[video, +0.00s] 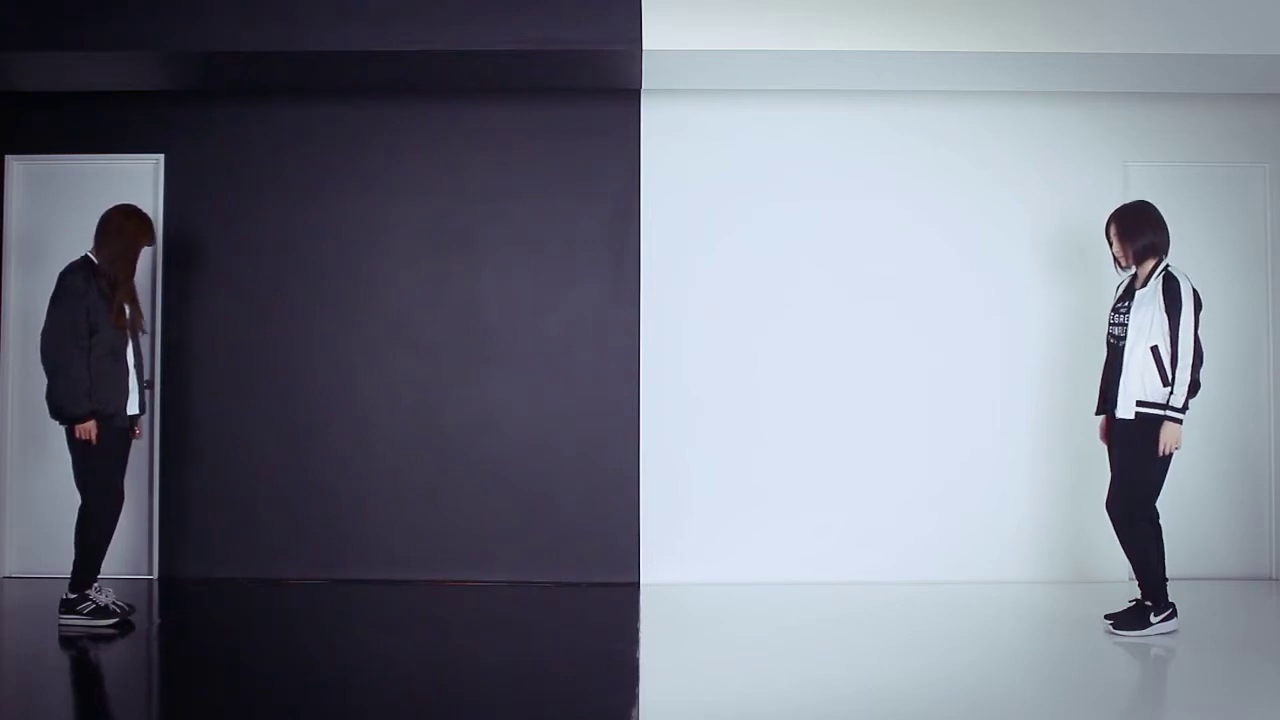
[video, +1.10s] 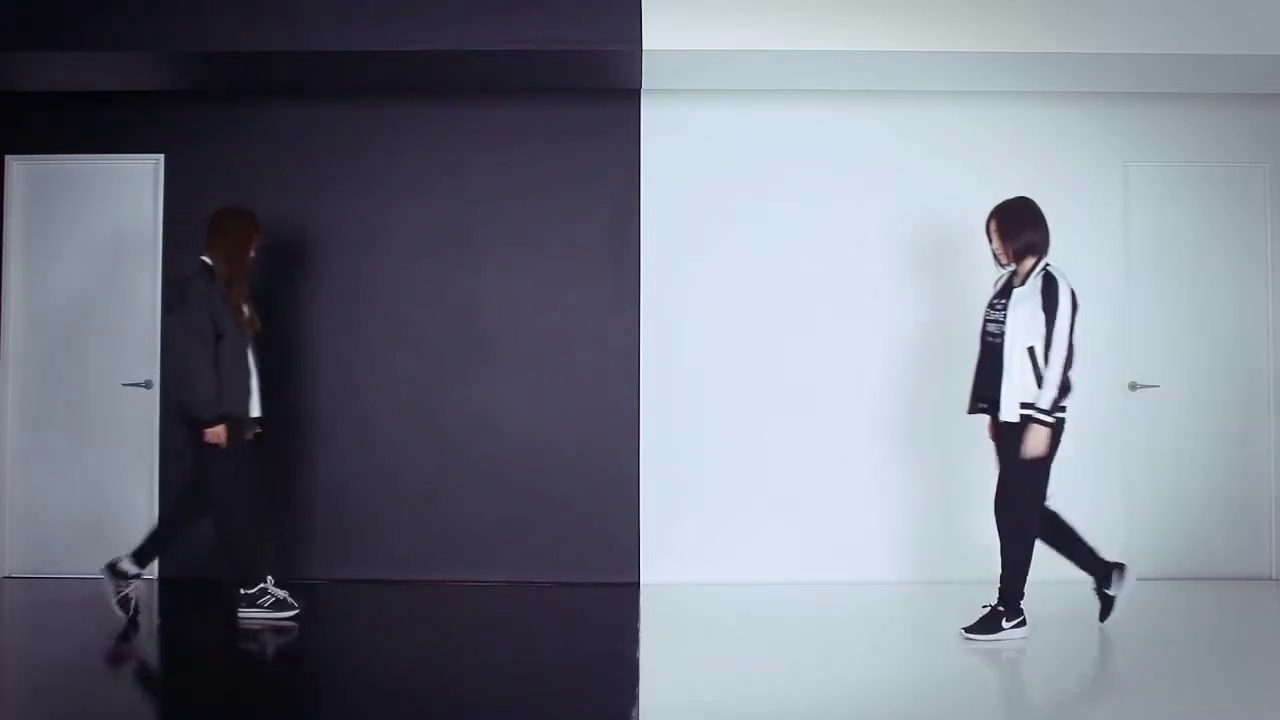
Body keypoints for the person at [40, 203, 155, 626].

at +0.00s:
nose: (138, 257)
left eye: (141, 249)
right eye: (137, 247)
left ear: (113, 238)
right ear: (121, 241)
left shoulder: (116, 283)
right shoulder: (78, 279)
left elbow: (122, 355)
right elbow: (60, 349)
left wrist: (132, 412)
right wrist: (79, 411)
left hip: (115, 415)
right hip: (89, 417)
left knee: (109, 499)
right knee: (100, 500)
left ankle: (86, 589)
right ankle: (78, 596)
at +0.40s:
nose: (156, 256)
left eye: (157, 247)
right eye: (153, 247)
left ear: (129, 240)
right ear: (136, 242)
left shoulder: (132, 285)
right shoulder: (96, 279)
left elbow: (135, 358)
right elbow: (80, 350)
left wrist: (145, 414)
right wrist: (98, 413)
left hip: (128, 414)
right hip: (111, 415)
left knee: (104, 503)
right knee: (156, 489)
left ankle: (87, 592)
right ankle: (107, 576)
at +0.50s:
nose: (162, 255)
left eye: (164, 247)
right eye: (160, 246)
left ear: (136, 240)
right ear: (142, 242)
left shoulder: (132, 282)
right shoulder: (103, 278)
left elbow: (135, 347)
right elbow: (85, 348)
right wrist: (104, 412)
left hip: (136, 415)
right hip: (122, 417)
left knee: (105, 508)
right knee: (173, 481)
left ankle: (86, 593)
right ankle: (151, 573)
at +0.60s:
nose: (173, 255)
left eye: (175, 246)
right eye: (169, 245)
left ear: (152, 244)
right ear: (149, 242)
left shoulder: (155, 285)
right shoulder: (113, 280)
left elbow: (164, 355)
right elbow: (94, 350)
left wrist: (176, 411)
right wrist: (112, 414)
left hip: (148, 418)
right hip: (133, 419)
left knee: (107, 511)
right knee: (182, 487)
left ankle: (86, 593)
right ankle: (195, 576)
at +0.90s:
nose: (214, 263)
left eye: (215, 254)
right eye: (210, 254)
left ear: (188, 250)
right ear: (190, 250)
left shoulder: (185, 294)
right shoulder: (158, 290)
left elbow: (185, 364)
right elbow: (143, 361)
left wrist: (193, 424)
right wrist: (156, 425)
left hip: (180, 427)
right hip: (171, 429)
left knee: (130, 512)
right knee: (205, 511)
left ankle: (89, 590)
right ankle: (244, 587)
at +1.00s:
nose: (233, 260)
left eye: (234, 251)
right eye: (229, 251)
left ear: (204, 248)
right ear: (210, 249)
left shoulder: (209, 290)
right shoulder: (179, 290)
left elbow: (213, 359)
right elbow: (166, 359)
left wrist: (225, 418)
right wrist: (180, 422)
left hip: (213, 421)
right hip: (192, 423)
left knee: (154, 503)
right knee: (226, 506)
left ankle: (100, 582)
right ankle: (251, 590)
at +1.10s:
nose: (253, 257)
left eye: (255, 249)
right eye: (249, 248)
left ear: (226, 247)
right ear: (229, 246)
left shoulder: (232, 288)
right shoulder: (199, 287)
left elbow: (238, 360)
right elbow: (194, 358)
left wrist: (251, 414)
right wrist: (209, 416)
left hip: (241, 420)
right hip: (220, 423)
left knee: (197, 501)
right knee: (239, 504)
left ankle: (131, 565)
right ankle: (253, 590)